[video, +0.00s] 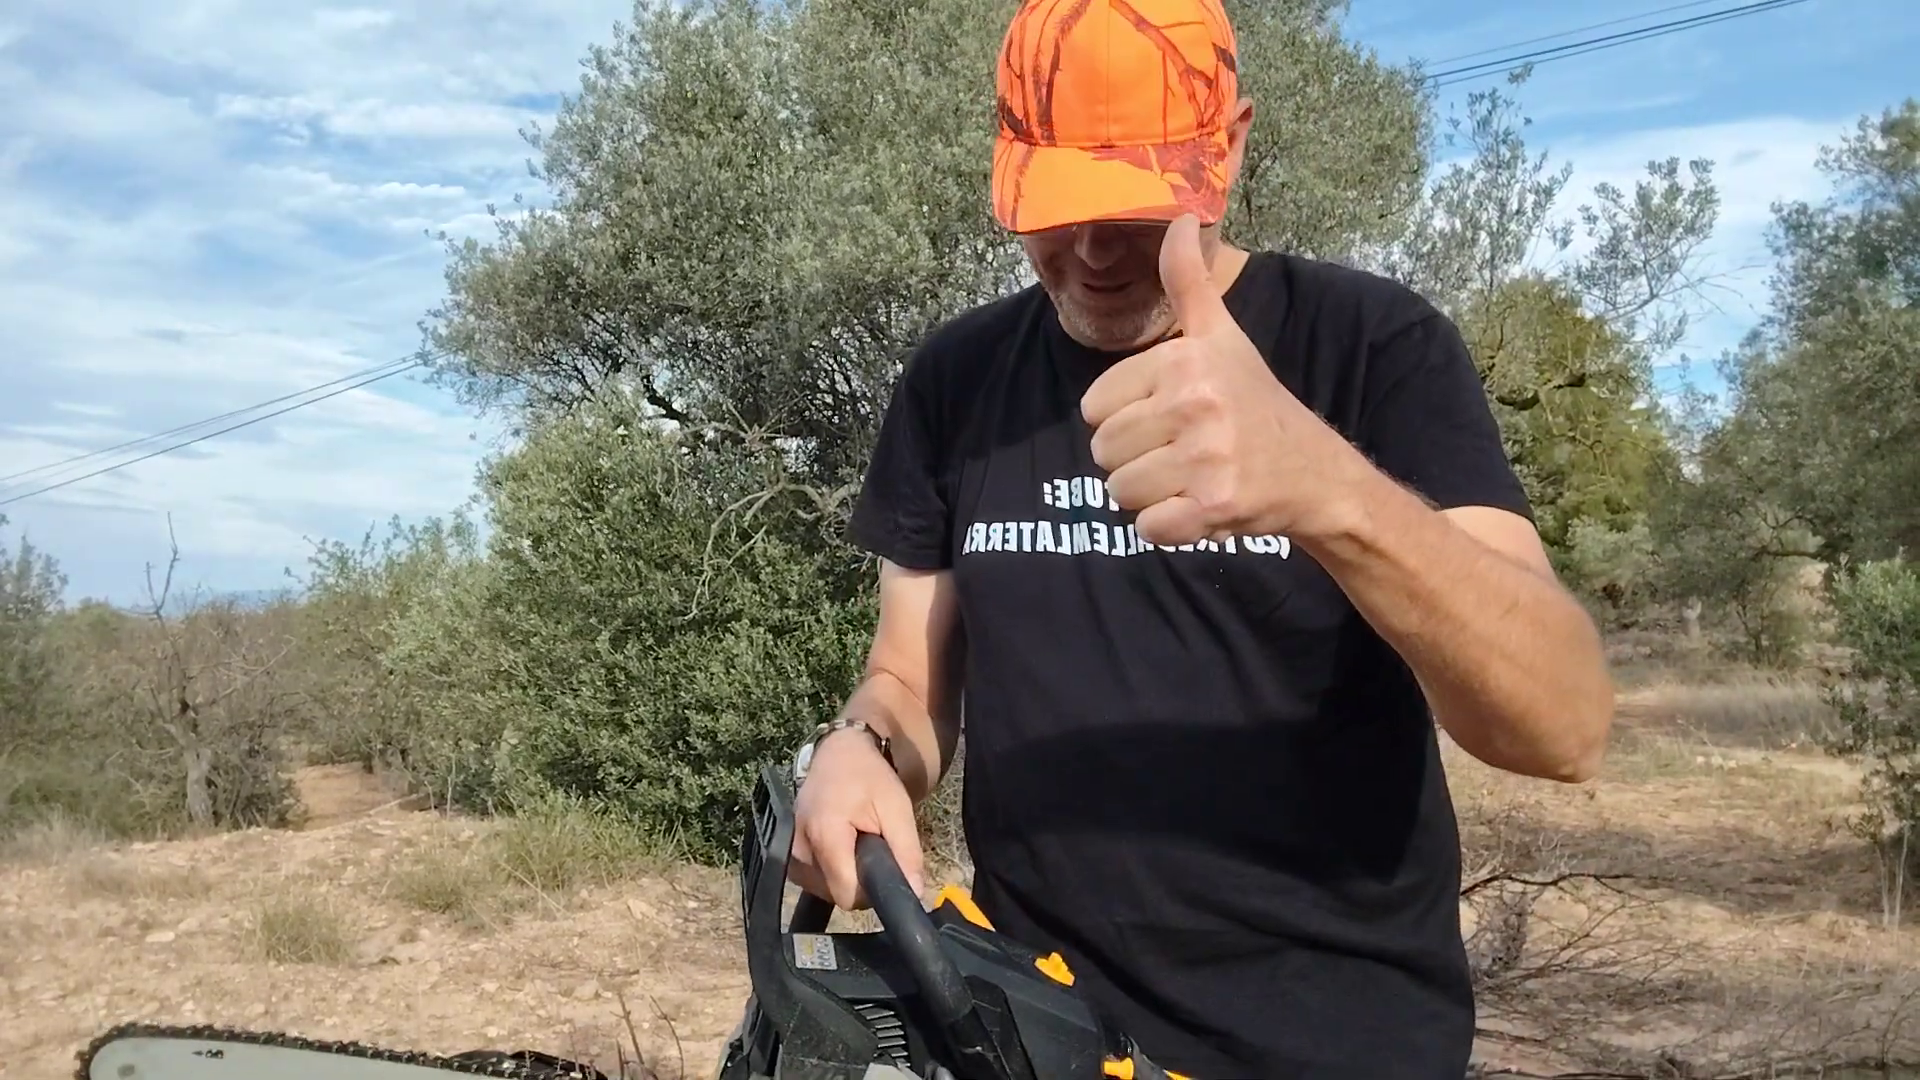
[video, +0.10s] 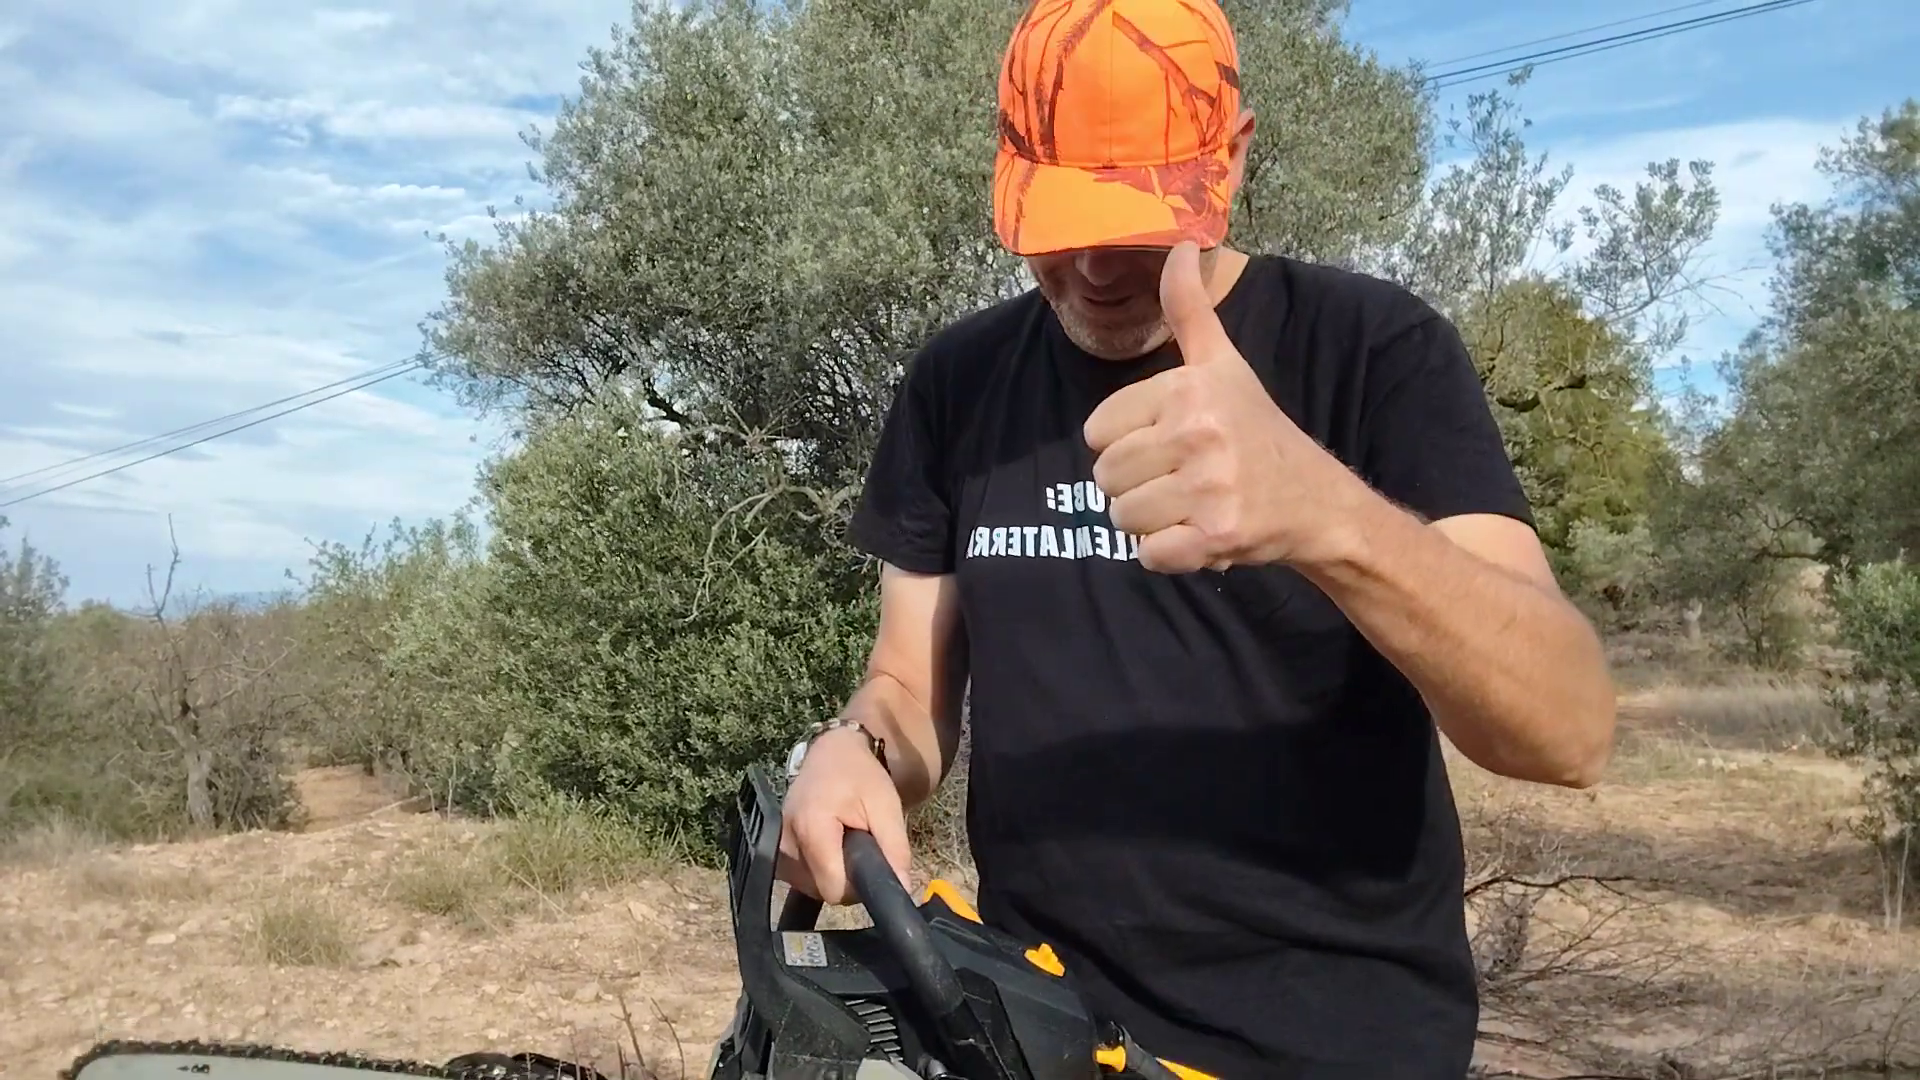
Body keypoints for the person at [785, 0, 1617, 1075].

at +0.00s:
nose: (1088, 250)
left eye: (1135, 204)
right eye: (1051, 201)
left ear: (1221, 162)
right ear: (1009, 170)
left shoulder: (1372, 344)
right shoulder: (955, 383)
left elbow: (1565, 731)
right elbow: (908, 689)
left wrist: (1327, 488)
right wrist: (857, 751)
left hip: (1341, 1023)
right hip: (1050, 1015)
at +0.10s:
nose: (1093, 274)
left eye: (1138, 234)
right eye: (1056, 230)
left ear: (1222, 177)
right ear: (1012, 177)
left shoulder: (1374, 351)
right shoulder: (958, 386)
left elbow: (1569, 735)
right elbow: (909, 698)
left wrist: (1330, 517)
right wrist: (848, 749)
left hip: (1340, 1022)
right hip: (1046, 1006)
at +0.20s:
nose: (1100, 272)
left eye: (1146, 234)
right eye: (1061, 231)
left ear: (1225, 171)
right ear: (1014, 181)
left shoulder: (1370, 346)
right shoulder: (958, 384)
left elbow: (1578, 738)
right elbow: (908, 698)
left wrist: (1329, 606)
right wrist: (840, 740)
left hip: (1357, 1025)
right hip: (1066, 1012)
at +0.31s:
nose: (1101, 271)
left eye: (1145, 234)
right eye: (1061, 232)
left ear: (1221, 174)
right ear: (1012, 180)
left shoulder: (1367, 339)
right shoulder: (955, 377)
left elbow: (1573, 721)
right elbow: (902, 686)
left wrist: (1321, 727)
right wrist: (828, 726)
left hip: (1365, 1038)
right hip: (1073, 1029)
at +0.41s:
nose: (1105, 257)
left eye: (1150, 216)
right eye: (1067, 213)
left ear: (1225, 172)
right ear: (1018, 172)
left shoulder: (1375, 339)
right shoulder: (963, 369)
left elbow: (1559, 706)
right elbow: (897, 677)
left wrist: (1316, 824)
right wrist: (821, 703)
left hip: (1369, 1040)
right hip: (1078, 1037)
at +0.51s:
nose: (1132, 238)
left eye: (1176, 198)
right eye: (1094, 191)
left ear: (1249, 165)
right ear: (1042, 163)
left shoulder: (1392, 338)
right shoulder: (973, 369)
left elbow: (1556, 703)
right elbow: (901, 673)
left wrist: (1308, 850)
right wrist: (819, 672)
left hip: (1375, 1039)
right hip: (1083, 1043)